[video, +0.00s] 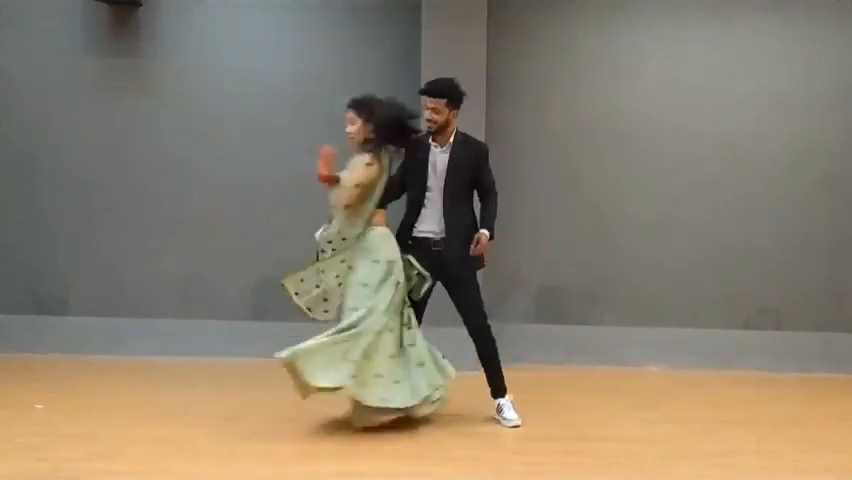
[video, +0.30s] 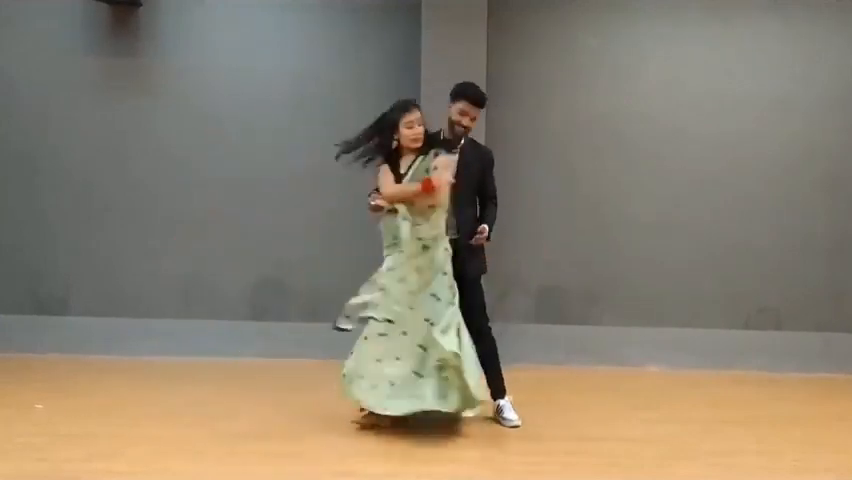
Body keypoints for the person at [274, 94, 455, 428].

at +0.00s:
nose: (347, 129)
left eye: (353, 123)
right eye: (348, 122)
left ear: (370, 127)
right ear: (368, 129)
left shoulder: (365, 164)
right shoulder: (374, 160)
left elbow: (345, 202)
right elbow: (352, 193)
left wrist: (331, 181)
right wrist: (333, 179)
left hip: (373, 246)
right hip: (380, 243)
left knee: (366, 320)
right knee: (379, 320)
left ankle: (375, 401)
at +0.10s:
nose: (368, 129)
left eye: (375, 123)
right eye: (366, 124)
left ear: (392, 125)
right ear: (364, 128)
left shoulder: (401, 163)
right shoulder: (373, 158)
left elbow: (379, 201)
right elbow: (344, 188)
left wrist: (366, 169)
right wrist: (362, 163)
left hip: (397, 250)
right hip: (373, 248)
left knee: (395, 325)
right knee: (375, 323)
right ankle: (376, 403)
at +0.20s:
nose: (394, 130)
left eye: (399, 123)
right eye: (387, 125)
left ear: (408, 126)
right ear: (379, 132)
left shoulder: (422, 157)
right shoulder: (376, 165)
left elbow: (414, 187)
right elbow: (363, 194)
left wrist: (377, 186)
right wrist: (389, 180)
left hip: (418, 251)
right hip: (385, 253)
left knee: (421, 329)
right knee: (383, 327)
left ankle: (453, 404)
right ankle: (381, 406)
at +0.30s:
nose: (417, 131)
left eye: (420, 124)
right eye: (409, 126)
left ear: (426, 128)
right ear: (395, 134)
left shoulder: (441, 160)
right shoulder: (388, 168)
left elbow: (437, 198)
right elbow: (387, 194)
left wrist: (395, 197)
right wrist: (424, 188)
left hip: (434, 258)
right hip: (399, 259)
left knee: (434, 327)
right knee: (392, 327)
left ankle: (437, 403)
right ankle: (386, 402)